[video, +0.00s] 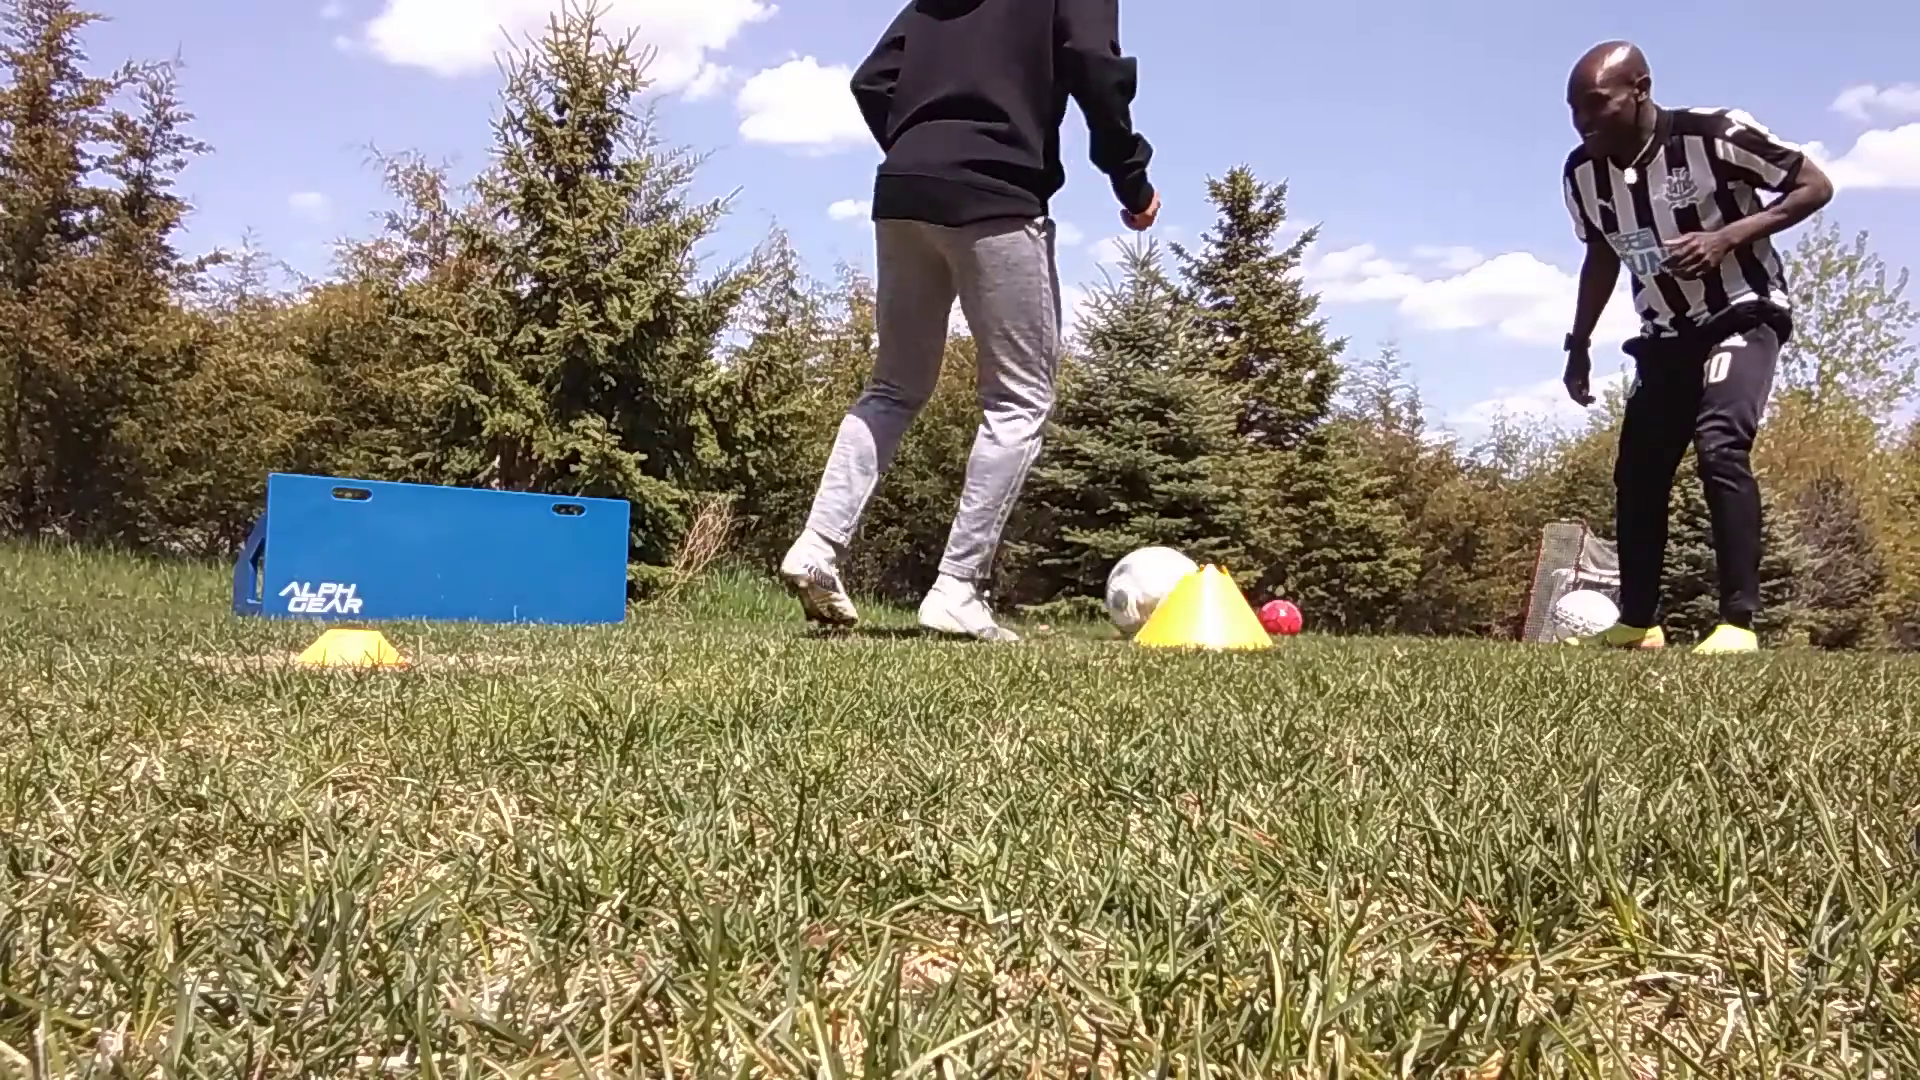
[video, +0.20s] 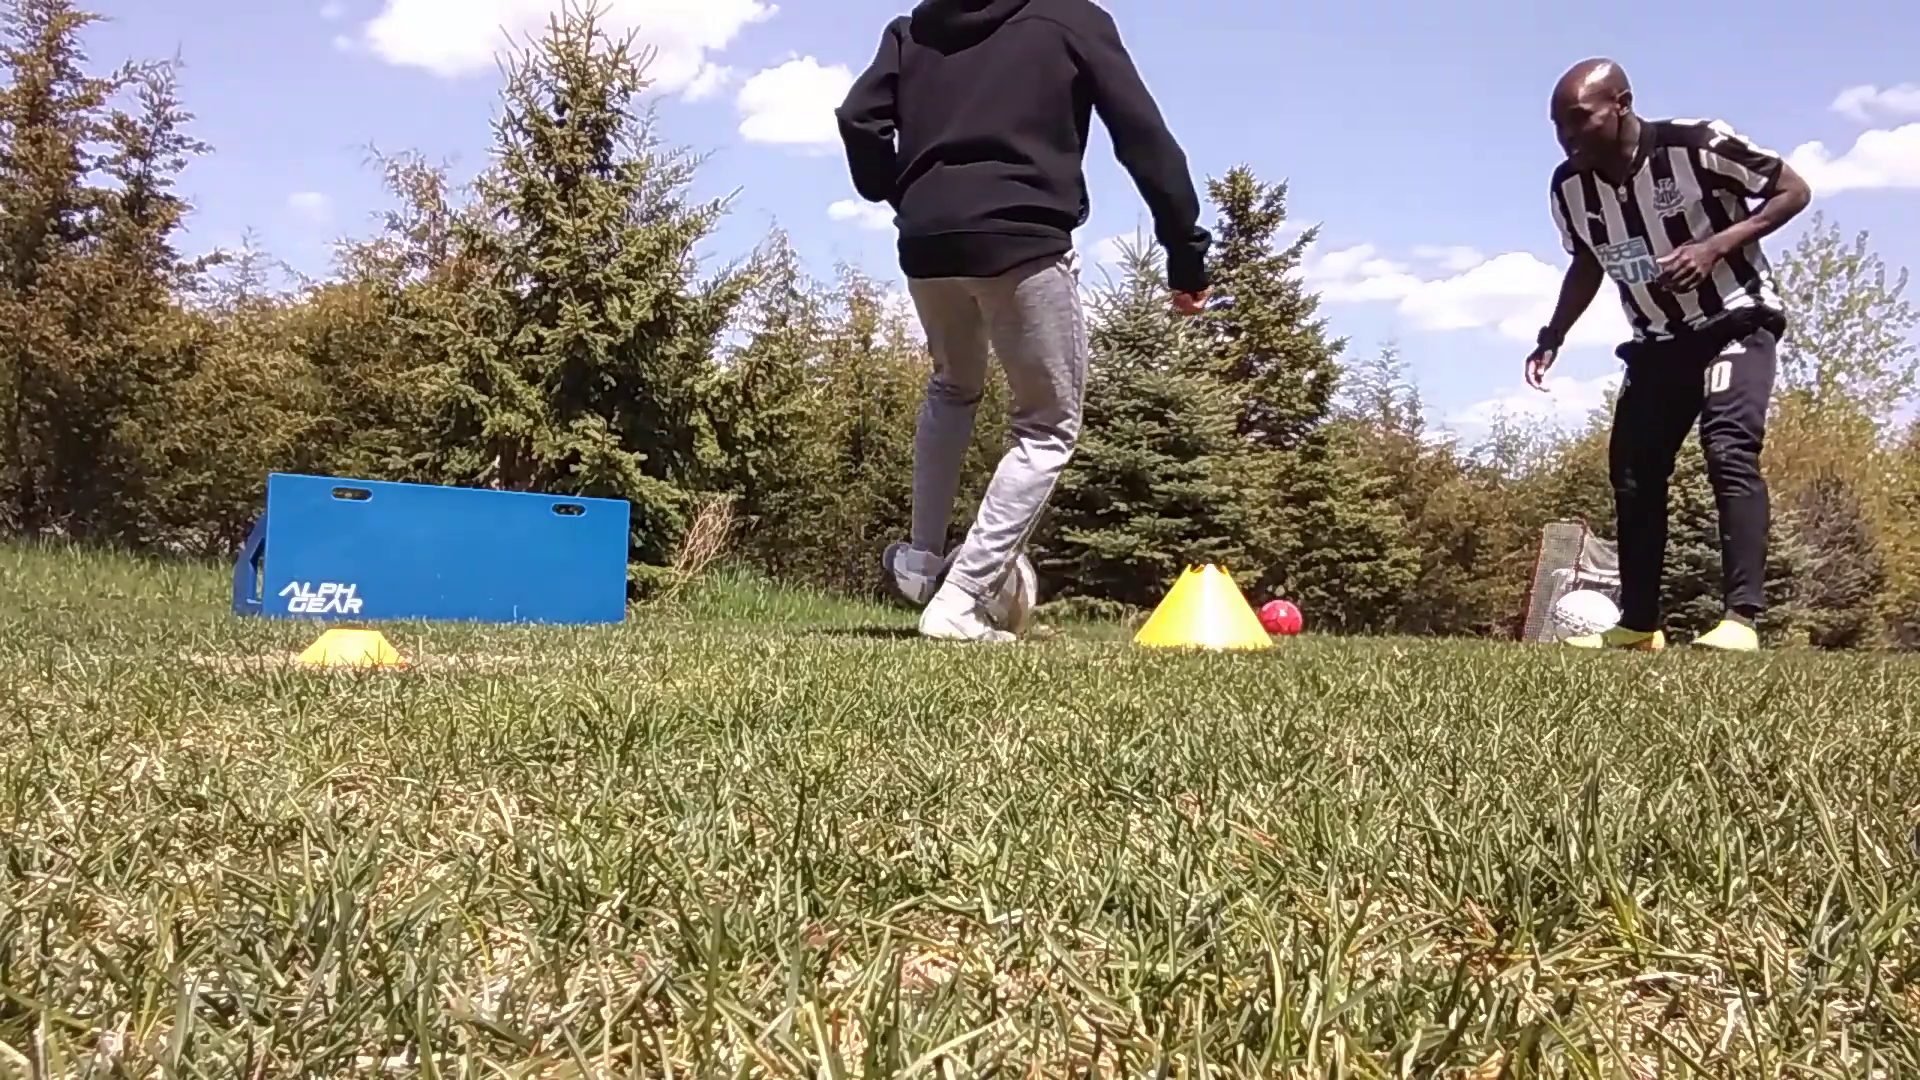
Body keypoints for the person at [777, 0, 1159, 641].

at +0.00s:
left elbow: (873, 77)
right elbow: (1093, 60)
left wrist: (921, 155)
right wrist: (1131, 176)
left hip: (902, 182)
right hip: (995, 185)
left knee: (894, 387)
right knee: (1019, 400)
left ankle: (816, 549)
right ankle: (956, 591)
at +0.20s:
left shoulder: (913, 25)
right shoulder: (1072, 15)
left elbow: (858, 116)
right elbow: (1143, 131)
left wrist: (901, 189)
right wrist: (1185, 253)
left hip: (926, 229)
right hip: (1020, 228)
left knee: (952, 387)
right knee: (1045, 427)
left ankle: (921, 561)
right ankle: (960, 603)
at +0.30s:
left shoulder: (916, 12)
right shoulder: (1077, 6)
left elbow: (862, 100)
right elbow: (1141, 111)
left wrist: (901, 172)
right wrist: (1165, 228)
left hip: (930, 215)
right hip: (1022, 208)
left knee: (965, 398)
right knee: (1037, 415)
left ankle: (941, 590)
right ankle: (961, 603)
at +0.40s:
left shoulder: (918, 13)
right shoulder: (1074, 1)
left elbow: (870, 118)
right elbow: (1120, 92)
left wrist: (929, 191)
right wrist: (1143, 204)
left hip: (925, 210)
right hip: (1015, 195)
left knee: (970, 403)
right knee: (1083, 397)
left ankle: (883, 591)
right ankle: (996, 585)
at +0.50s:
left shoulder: (935, 29)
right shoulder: (1060, 3)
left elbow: (885, 161)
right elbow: (1103, 96)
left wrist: (947, 216)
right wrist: (1161, 212)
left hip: (927, 237)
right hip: (1021, 222)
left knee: (962, 425)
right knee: (1144, 379)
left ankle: (880, 600)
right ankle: (1043, 539)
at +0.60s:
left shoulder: (950, 10)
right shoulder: (1092, 1)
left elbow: (903, 123)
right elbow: (1147, 64)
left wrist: (967, 189)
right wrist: (1215, 181)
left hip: (952, 212)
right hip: (1050, 197)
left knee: (952, 417)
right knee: (1155, 391)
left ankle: (880, 600)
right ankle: (1091, 583)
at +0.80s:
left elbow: (938, 22)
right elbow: (1250, 1)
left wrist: (993, 84)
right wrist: (1288, 57)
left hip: (982, 79)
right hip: (1097, 58)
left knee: (1026, 327)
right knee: (1140, 325)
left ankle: (952, 519)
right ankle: (1117, 572)